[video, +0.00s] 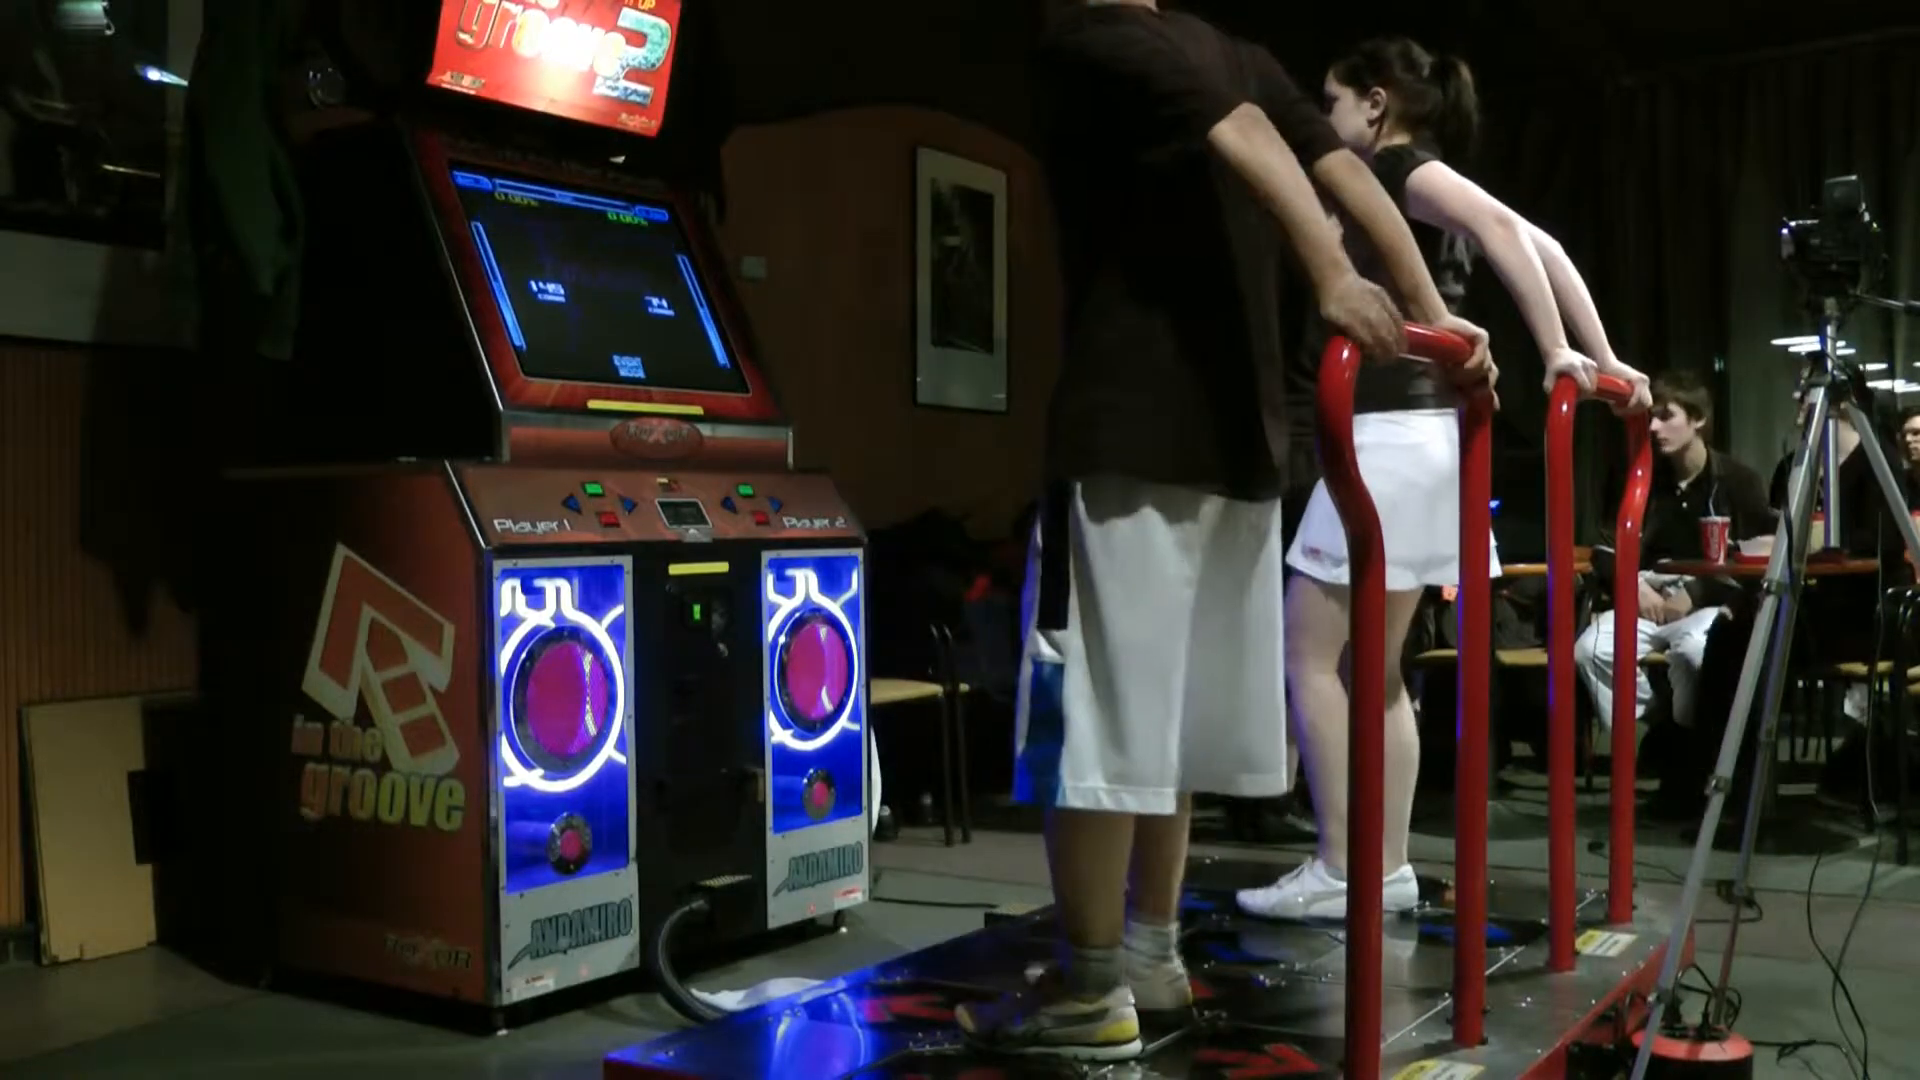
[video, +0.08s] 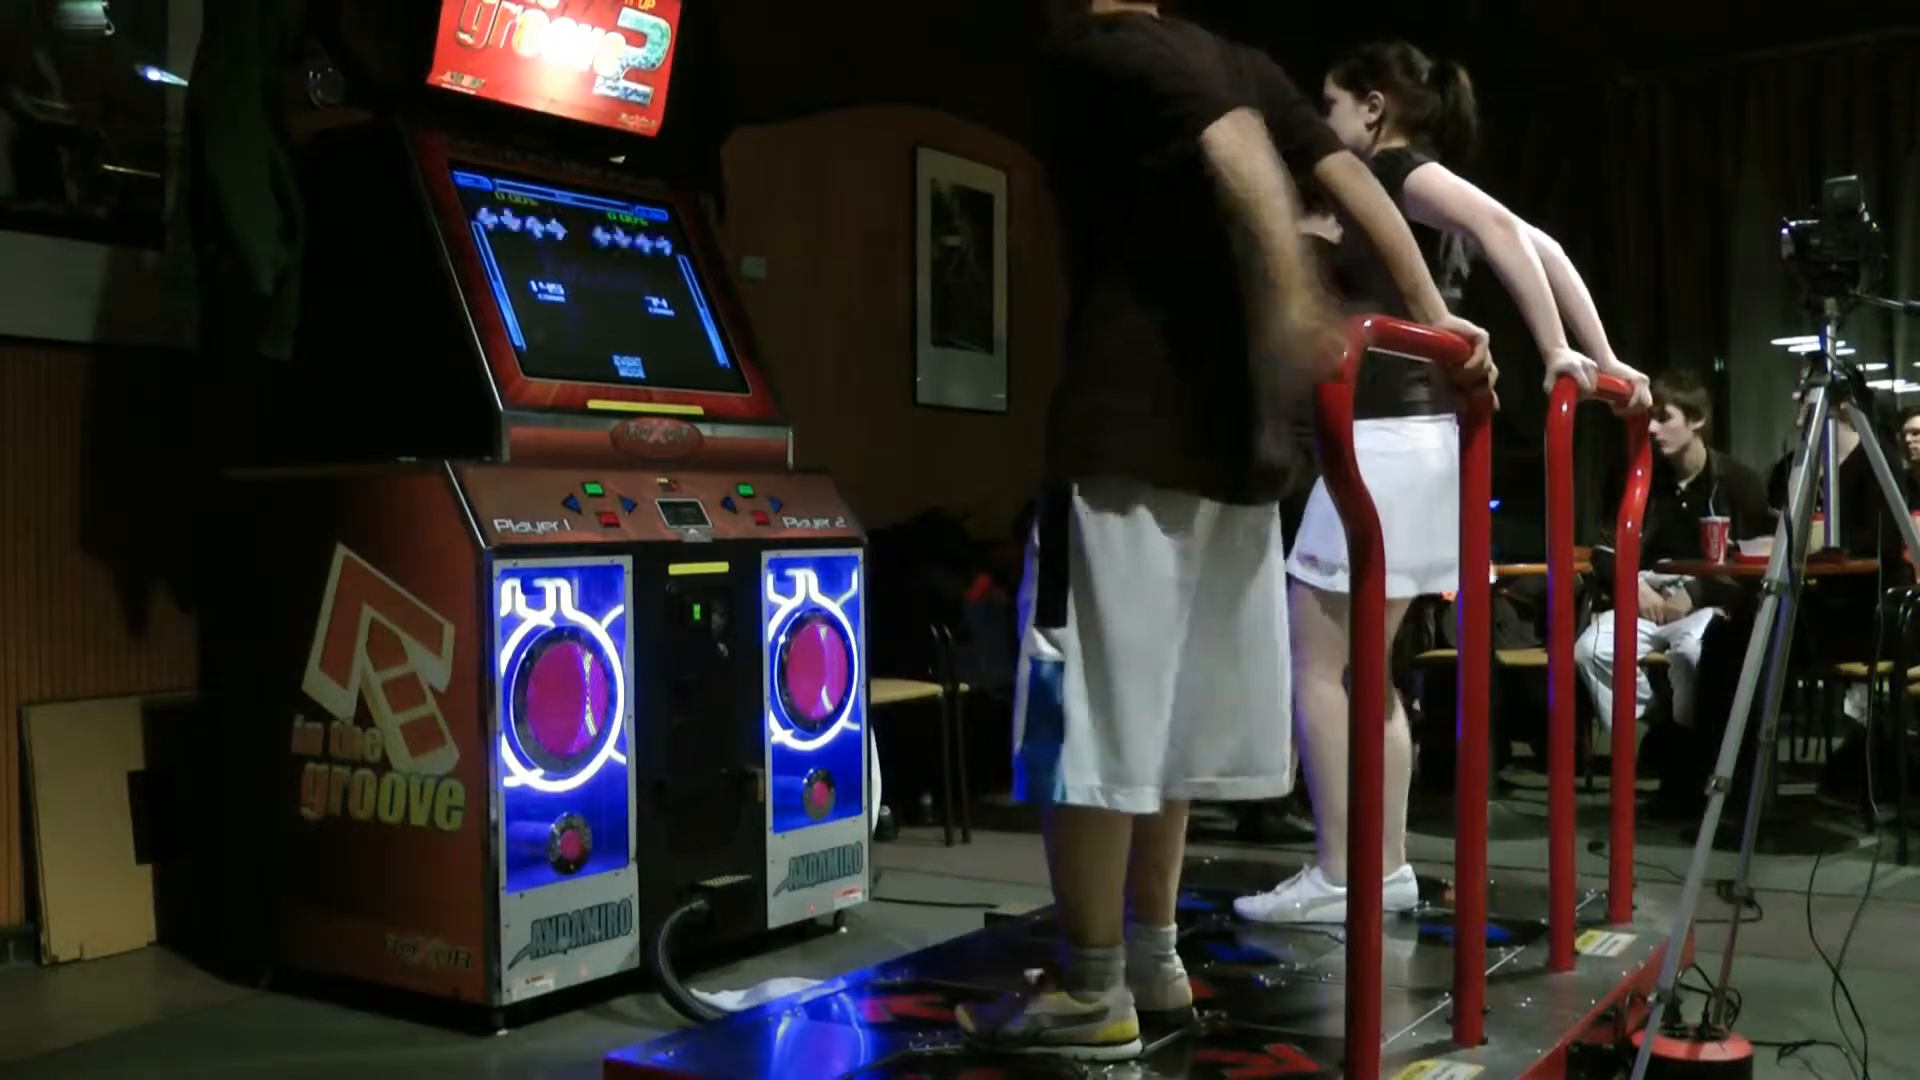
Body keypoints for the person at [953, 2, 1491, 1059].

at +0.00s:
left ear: (1085, 3)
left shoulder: (1085, 33)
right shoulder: (1244, 56)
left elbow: (1230, 120)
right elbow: (1358, 188)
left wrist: (1335, 276)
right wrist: (1435, 320)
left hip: (1136, 416)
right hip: (1244, 424)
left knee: (1108, 705)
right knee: (1175, 704)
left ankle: (1094, 991)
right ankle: (1154, 960)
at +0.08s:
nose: (1062, 24)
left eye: (1063, 17)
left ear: (1091, 5)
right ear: (1166, 3)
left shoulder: (1089, 47)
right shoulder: (1247, 65)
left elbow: (1227, 126)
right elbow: (1360, 191)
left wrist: (1296, 311)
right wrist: (1435, 318)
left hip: (1127, 427)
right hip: (1241, 441)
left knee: (1098, 708)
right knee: (1171, 706)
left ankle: (1093, 992)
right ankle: (1155, 960)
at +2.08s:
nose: (1061, 23)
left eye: (1064, 12)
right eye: (1067, 15)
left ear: (1086, 9)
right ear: (1167, 8)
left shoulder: (1115, 64)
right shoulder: (1237, 72)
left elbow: (1302, 104)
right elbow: (1362, 142)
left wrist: (1346, 282)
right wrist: (1426, 311)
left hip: (1136, 442)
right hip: (1247, 454)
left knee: (1013, 693)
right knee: (1154, 705)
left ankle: (1049, 986)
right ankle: (1174, 957)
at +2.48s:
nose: (1045, 40)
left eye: (1047, 25)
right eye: (1051, 27)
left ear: (1070, 19)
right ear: (1150, 23)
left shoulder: (1106, 91)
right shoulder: (1199, 100)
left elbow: (1291, 106)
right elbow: (1360, 144)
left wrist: (1342, 285)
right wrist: (1426, 317)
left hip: (1136, 476)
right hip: (1212, 482)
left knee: (987, 722)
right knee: (1062, 717)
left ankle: (1057, 1011)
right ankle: (1043, 973)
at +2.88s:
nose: (1053, 39)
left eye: (1055, 25)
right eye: (1062, 27)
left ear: (1075, 22)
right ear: (1158, 23)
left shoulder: (1112, 81)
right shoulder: (1211, 90)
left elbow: (1284, 105)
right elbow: (1358, 140)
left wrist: (1342, 276)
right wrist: (1424, 308)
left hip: (1120, 456)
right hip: (1220, 468)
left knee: (991, 717)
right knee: (1143, 704)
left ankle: (1019, 1005)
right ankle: (1164, 941)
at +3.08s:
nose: (1067, 17)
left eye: (1069, 13)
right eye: (1072, 17)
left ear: (1094, 5)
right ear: (1178, 2)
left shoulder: (1128, 47)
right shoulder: (1243, 80)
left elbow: (1301, 101)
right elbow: (1357, 139)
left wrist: (1345, 281)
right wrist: (1423, 313)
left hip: (1132, 446)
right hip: (1237, 455)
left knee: (1038, 715)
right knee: (1141, 713)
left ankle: (1055, 998)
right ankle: (1190, 958)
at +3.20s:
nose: (1048, 34)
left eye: (1052, 18)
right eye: (1054, 20)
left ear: (1083, 13)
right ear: (1155, 11)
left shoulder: (1122, 73)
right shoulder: (1203, 78)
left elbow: (1305, 106)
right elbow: (1365, 139)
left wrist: (1347, 280)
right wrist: (1427, 312)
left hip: (1173, 445)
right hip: (1259, 449)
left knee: (1057, 706)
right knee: (1148, 703)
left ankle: (1070, 1005)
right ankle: (1189, 957)